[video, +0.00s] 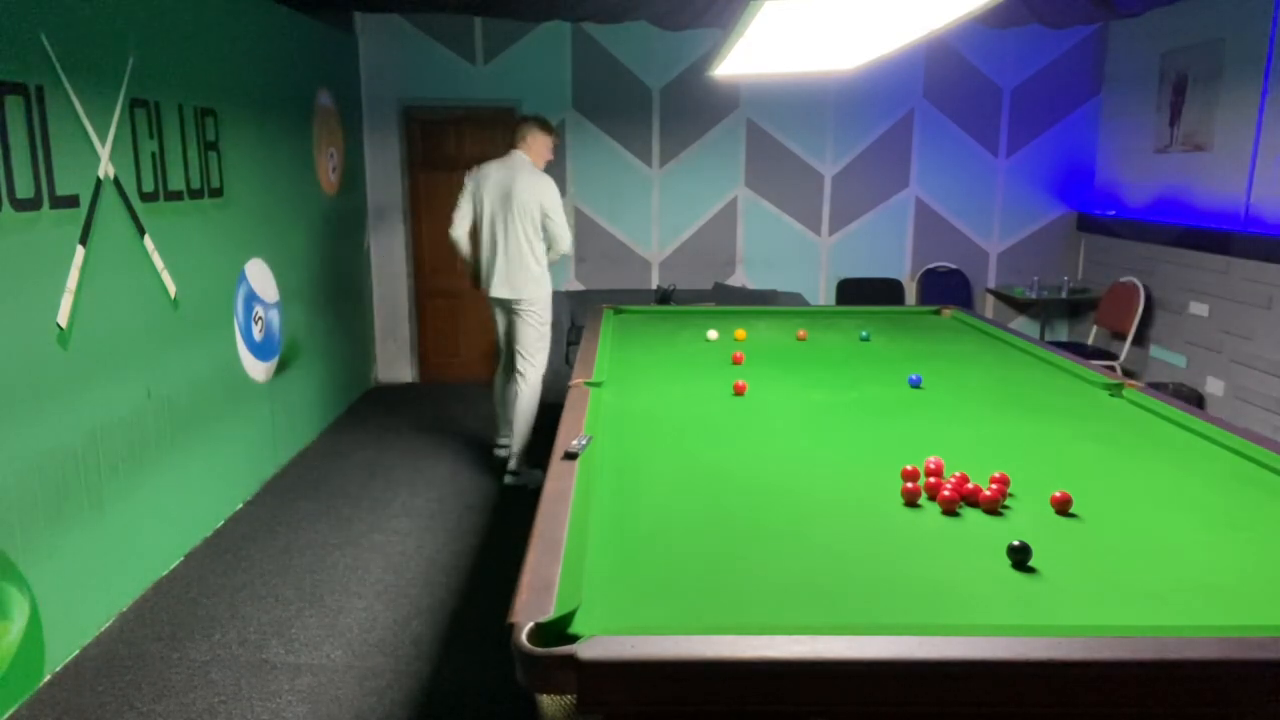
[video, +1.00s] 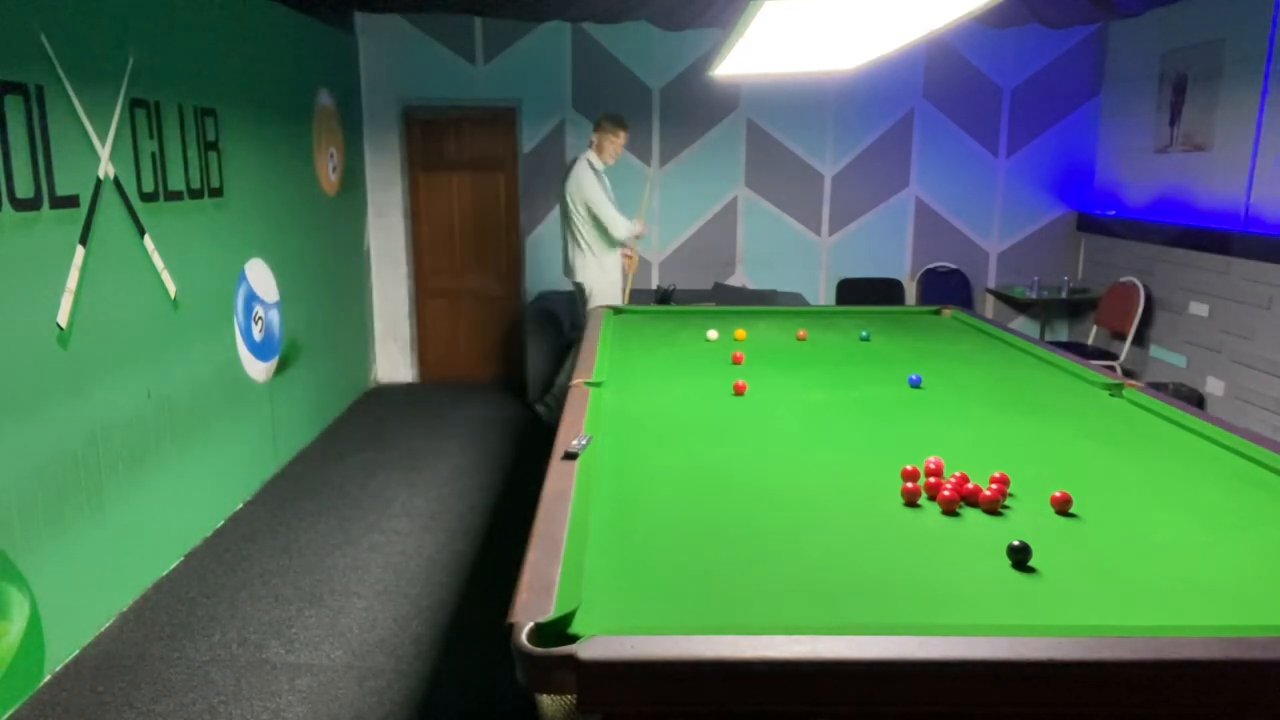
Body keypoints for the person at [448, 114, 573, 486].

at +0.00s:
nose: (550, 158)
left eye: (551, 150)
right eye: (548, 149)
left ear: (521, 141)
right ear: (531, 142)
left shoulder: (479, 174)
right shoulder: (541, 183)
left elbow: (458, 231)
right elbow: (561, 243)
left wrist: (481, 261)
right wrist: (537, 259)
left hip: (496, 284)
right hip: (530, 287)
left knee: (506, 362)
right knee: (529, 371)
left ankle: (503, 442)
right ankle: (515, 464)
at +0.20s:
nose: (554, 151)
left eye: (556, 144)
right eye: (552, 142)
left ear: (528, 138)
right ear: (529, 136)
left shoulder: (494, 171)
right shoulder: (526, 175)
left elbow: (491, 226)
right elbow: (537, 235)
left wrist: (542, 246)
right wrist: (561, 247)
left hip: (497, 273)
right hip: (526, 273)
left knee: (510, 351)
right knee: (559, 341)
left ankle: (504, 436)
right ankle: (538, 429)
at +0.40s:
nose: (557, 147)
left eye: (559, 140)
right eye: (552, 139)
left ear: (535, 139)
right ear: (533, 136)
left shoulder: (515, 169)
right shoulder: (526, 173)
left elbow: (525, 227)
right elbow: (526, 231)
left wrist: (558, 233)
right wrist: (560, 240)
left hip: (510, 268)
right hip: (530, 267)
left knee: (517, 348)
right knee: (567, 337)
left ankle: (507, 436)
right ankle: (560, 419)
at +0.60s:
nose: (567, 150)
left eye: (571, 144)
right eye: (562, 141)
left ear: (570, 146)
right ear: (544, 139)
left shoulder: (544, 172)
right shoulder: (532, 173)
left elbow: (553, 226)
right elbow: (532, 235)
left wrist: (595, 225)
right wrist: (573, 241)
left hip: (536, 264)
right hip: (545, 264)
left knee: (525, 348)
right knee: (582, 342)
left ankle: (508, 435)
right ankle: (581, 428)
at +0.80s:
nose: (596, 145)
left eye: (598, 139)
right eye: (590, 138)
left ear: (596, 141)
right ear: (571, 137)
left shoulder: (565, 170)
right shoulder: (564, 173)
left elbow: (574, 228)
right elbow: (570, 237)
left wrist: (601, 246)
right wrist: (607, 230)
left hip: (563, 274)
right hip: (579, 275)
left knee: (556, 342)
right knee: (598, 348)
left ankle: (515, 419)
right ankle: (590, 427)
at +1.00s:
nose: (618, 149)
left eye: (622, 143)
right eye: (614, 141)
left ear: (622, 145)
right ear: (596, 139)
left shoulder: (589, 172)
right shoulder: (585, 174)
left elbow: (593, 229)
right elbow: (617, 229)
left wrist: (618, 249)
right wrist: (636, 227)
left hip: (596, 269)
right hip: (595, 271)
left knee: (595, 340)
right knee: (597, 341)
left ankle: (555, 403)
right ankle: (554, 404)